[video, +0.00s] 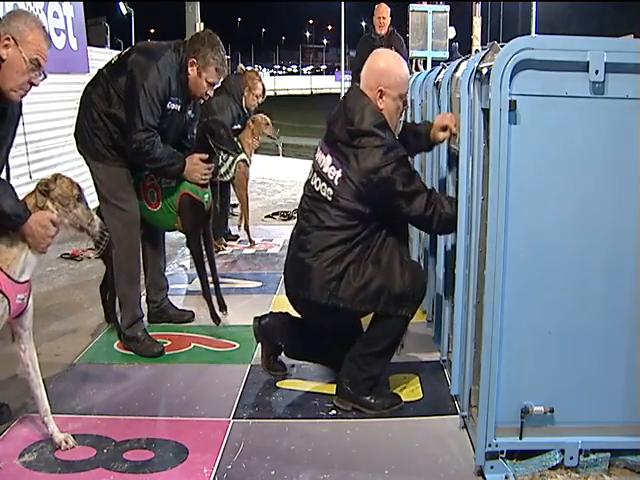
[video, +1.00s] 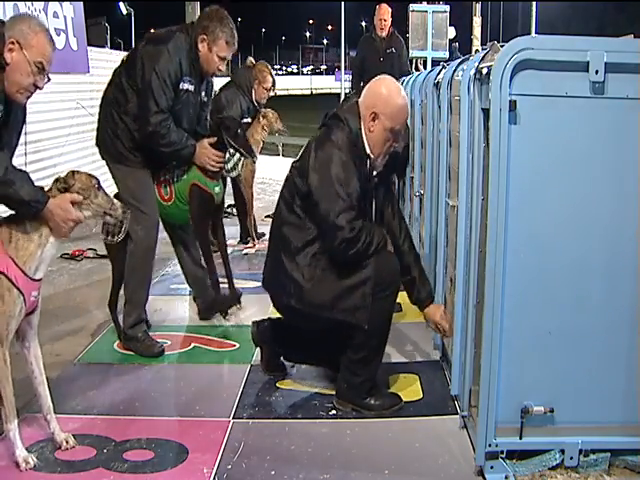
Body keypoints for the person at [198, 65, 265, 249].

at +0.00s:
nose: (258, 102)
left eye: (260, 98)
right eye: (256, 96)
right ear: (244, 91)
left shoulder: (241, 104)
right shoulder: (222, 106)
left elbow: (244, 127)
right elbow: (220, 137)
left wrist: (251, 141)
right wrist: (240, 152)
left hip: (224, 150)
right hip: (206, 152)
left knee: (224, 195)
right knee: (212, 197)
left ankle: (223, 229)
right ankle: (213, 234)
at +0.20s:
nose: (257, 102)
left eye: (259, 98)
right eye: (255, 97)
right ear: (243, 92)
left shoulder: (240, 106)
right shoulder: (222, 105)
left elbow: (241, 131)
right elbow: (219, 136)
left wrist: (251, 144)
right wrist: (236, 154)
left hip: (223, 151)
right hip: (207, 153)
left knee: (224, 195)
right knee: (214, 196)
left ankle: (224, 229)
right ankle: (213, 233)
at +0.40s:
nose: (257, 102)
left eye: (259, 98)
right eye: (255, 97)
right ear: (242, 91)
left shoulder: (239, 103)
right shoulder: (221, 105)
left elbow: (246, 128)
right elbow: (214, 130)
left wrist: (250, 143)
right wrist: (232, 156)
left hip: (223, 149)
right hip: (206, 151)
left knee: (225, 193)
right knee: (213, 195)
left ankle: (223, 229)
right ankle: (214, 233)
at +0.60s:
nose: (259, 100)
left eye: (260, 95)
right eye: (257, 94)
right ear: (243, 89)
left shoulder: (240, 102)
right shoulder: (221, 103)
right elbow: (216, 132)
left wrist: (250, 142)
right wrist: (232, 154)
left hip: (224, 150)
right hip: (206, 151)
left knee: (225, 194)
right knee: (213, 195)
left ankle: (223, 229)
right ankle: (213, 233)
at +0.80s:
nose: (262, 96)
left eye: (263, 92)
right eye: (260, 91)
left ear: (251, 87)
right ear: (247, 85)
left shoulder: (244, 98)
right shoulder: (224, 100)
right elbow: (222, 131)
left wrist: (254, 130)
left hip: (231, 143)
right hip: (211, 145)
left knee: (236, 185)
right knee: (216, 188)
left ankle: (231, 224)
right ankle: (214, 229)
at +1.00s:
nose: (269, 94)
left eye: (270, 89)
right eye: (266, 89)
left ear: (257, 85)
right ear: (253, 85)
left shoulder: (248, 95)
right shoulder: (232, 98)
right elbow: (229, 130)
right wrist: (250, 152)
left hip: (238, 143)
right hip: (216, 146)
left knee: (243, 190)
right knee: (216, 194)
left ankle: (249, 231)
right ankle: (212, 235)